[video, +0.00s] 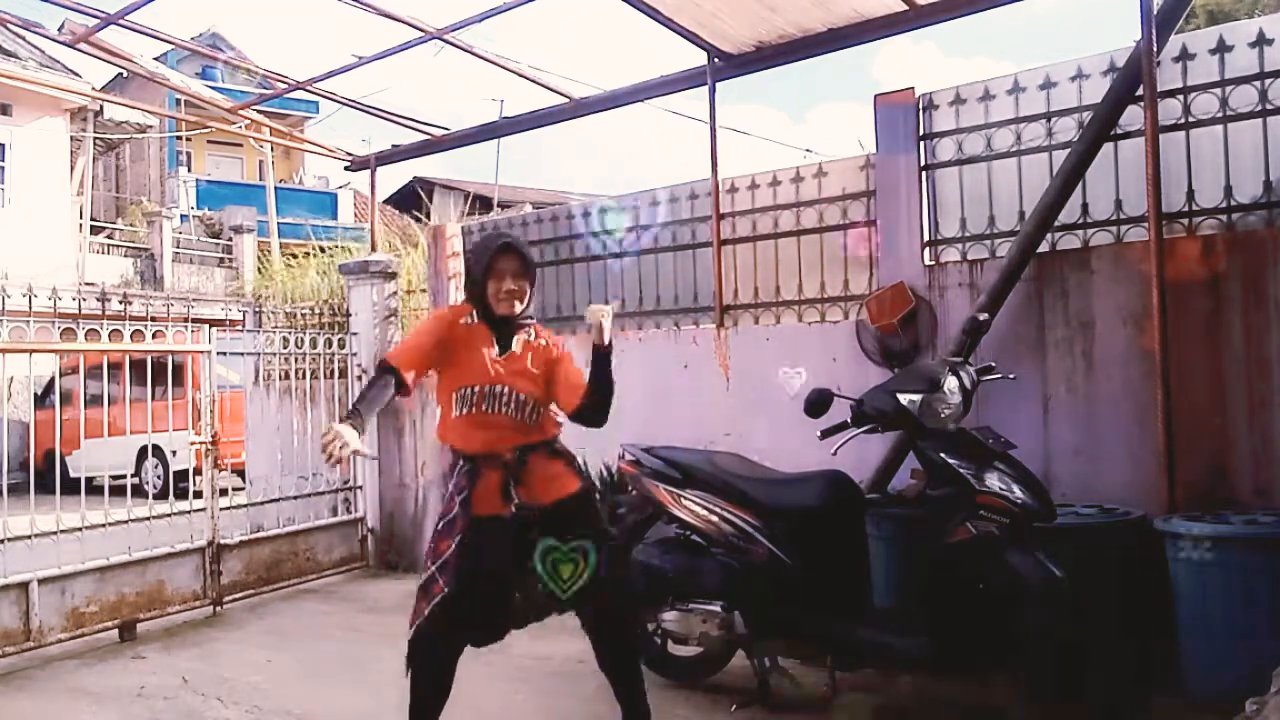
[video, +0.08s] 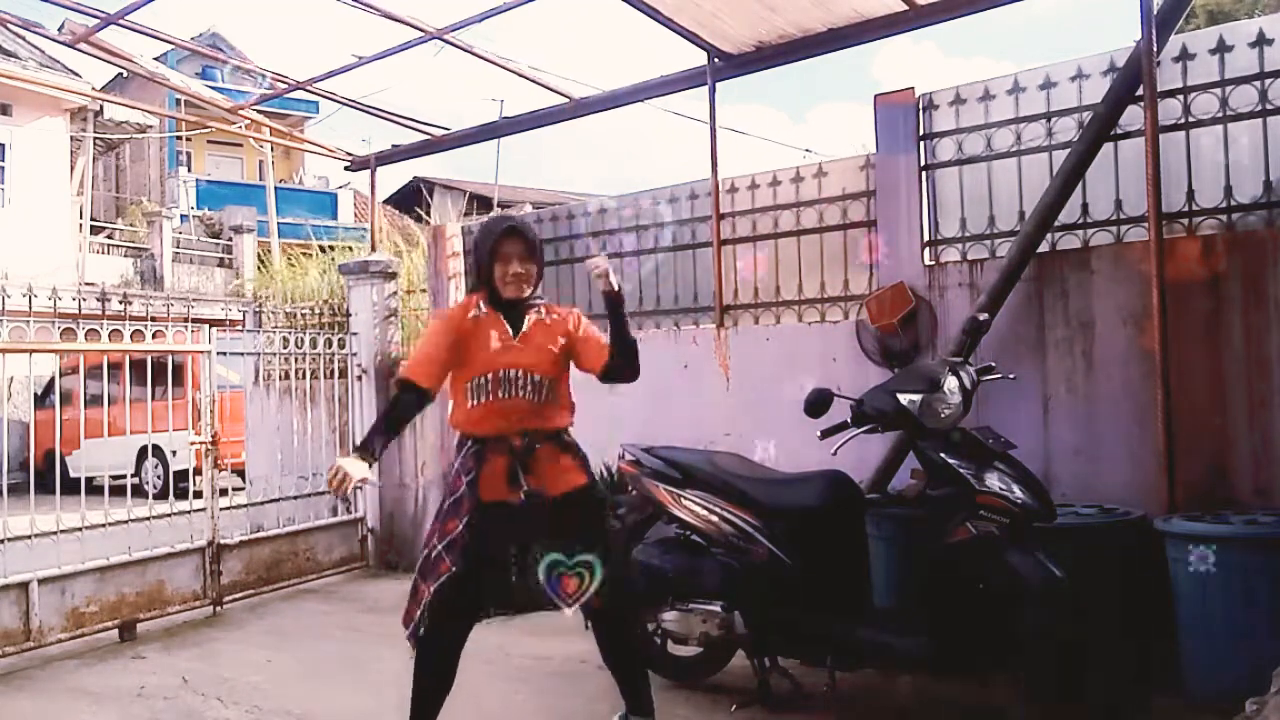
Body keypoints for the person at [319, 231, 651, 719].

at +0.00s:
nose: (510, 286)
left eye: (519, 276)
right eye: (498, 276)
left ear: (531, 284)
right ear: (477, 283)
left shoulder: (544, 345)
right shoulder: (449, 326)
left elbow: (593, 413)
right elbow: (391, 373)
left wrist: (601, 345)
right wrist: (354, 424)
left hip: (550, 474)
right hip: (478, 481)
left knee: (605, 601)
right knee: (446, 620)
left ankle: (636, 712)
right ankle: (422, 714)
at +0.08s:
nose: (516, 269)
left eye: (525, 258)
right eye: (504, 260)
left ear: (539, 265)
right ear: (484, 267)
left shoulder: (561, 321)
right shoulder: (458, 322)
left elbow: (624, 368)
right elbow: (413, 392)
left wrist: (613, 299)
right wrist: (364, 454)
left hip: (561, 477)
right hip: (485, 482)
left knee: (608, 595)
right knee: (448, 611)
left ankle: (640, 711)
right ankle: (421, 716)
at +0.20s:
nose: (537, 282)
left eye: (546, 272)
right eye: (525, 274)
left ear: (560, 278)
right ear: (509, 282)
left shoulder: (593, 321)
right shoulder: (498, 343)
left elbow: (668, 312)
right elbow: (468, 431)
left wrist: (618, 269)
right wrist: (429, 498)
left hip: (578, 508)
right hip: (504, 510)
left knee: (624, 618)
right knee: (454, 629)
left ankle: (639, 715)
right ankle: (427, 717)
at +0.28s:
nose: (548, 299)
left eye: (556, 287)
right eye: (534, 291)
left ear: (570, 292)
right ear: (518, 301)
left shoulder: (604, 334)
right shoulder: (506, 369)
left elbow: (679, 318)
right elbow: (482, 447)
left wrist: (643, 312)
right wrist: (447, 476)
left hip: (588, 520)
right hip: (516, 525)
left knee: (630, 637)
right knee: (461, 635)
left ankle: (637, 715)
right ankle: (430, 716)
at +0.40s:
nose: (552, 271)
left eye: (560, 260)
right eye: (539, 263)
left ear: (574, 265)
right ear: (522, 273)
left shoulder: (606, 316)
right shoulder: (504, 335)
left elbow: (672, 326)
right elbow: (460, 412)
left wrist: (721, 342)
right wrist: (445, 364)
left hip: (587, 486)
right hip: (516, 490)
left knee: (622, 611)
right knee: (470, 615)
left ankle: (639, 712)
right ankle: (437, 714)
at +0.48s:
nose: (547, 256)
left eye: (556, 245)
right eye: (534, 247)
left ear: (572, 251)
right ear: (517, 256)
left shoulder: (602, 305)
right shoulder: (494, 311)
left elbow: (675, 321)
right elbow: (440, 382)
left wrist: (748, 339)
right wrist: (438, 320)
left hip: (584, 473)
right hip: (507, 474)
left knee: (617, 602)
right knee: (471, 602)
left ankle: (637, 713)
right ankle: (453, 715)